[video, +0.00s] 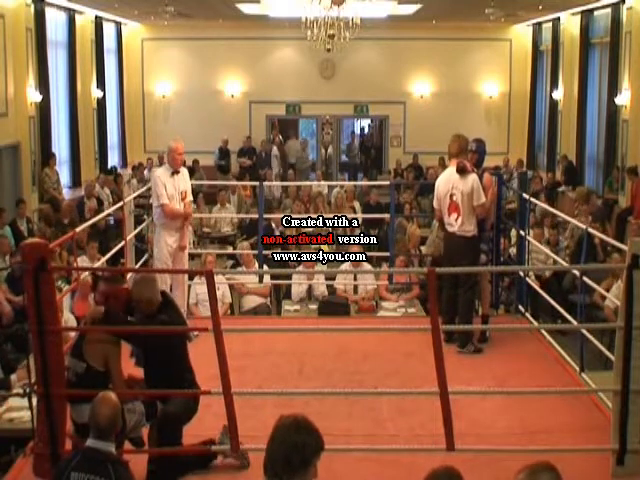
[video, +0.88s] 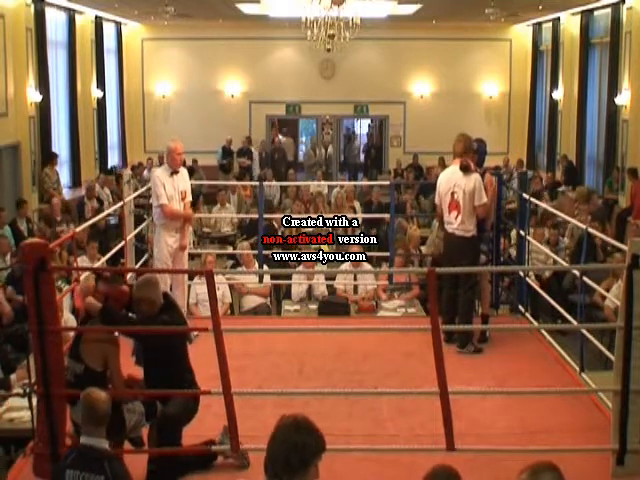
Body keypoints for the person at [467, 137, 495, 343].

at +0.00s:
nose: (470, 157)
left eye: (474, 153)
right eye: (469, 152)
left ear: (480, 155)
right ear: (466, 153)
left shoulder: (487, 178)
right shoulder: (461, 175)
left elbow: (489, 206)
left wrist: (485, 223)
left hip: (483, 230)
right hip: (464, 229)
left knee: (483, 275)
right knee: (463, 276)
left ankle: (484, 321)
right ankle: (460, 319)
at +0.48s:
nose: (472, 156)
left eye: (476, 152)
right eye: (470, 151)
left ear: (482, 155)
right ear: (467, 153)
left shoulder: (487, 178)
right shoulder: (462, 175)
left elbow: (490, 205)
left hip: (483, 229)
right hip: (464, 229)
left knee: (484, 275)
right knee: (464, 275)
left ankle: (484, 321)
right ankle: (461, 320)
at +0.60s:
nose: (470, 157)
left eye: (473, 153)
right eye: (470, 153)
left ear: (479, 155)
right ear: (470, 153)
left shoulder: (488, 179)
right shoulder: (463, 176)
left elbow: (489, 207)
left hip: (483, 230)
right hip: (465, 230)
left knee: (484, 276)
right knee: (464, 276)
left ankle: (484, 321)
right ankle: (461, 320)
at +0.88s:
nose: (471, 158)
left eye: (474, 154)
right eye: (471, 153)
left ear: (478, 155)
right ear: (477, 154)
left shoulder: (489, 179)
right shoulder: (464, 177)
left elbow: (491, 207)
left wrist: (488, 225)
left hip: (484, 231)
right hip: (467, 230)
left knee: (484, 275)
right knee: (465, 277)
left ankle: (484, 320)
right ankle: (462, 320)